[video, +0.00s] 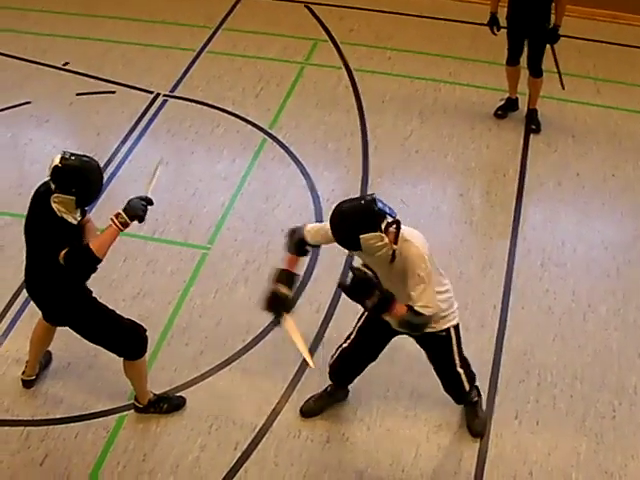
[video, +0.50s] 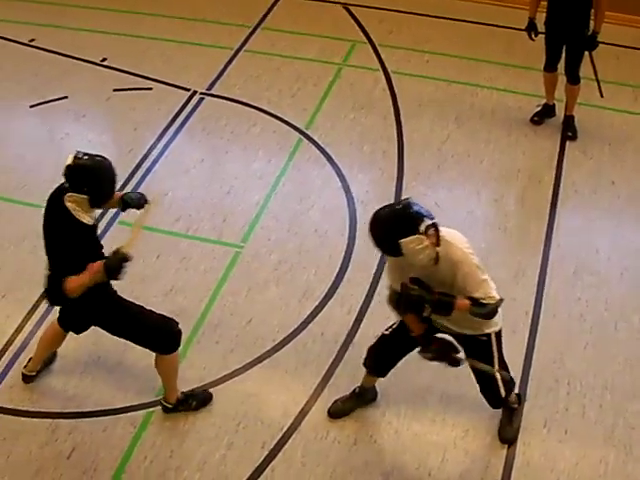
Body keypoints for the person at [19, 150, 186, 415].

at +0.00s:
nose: (90, 197)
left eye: (89, 192)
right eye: (88, 193)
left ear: (60, 180)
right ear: (76, 195)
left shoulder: (45, 193)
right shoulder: (55, 226)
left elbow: (83, 220)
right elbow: (80, 265)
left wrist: (92, 248)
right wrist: (121, 221)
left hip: (38, 282)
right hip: (61, 297)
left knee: (50, 316)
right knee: (133, 338)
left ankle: (30, 370)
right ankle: (144, 399)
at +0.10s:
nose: (96, 195)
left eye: (96, 190)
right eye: (95, 191)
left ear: (67, 178)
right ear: (83, 192)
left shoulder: (52, 190)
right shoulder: (64, 223)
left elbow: (90, 218)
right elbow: (87, 266)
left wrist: (98, 243)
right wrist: (124, 225)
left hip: (43, 280)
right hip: (67, 295)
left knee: (56, 311)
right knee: (139, 336)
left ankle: (36, 366)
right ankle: (150, 397)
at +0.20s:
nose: (94, 191)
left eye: (93, 187)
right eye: (91, 187)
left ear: (65, 177)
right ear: (79, 189)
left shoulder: (55, 191)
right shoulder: (58, 225)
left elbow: (86, 213)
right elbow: (60, 279)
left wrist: (102, 230)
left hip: (56, 284)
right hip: (75, 297)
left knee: (55, 313)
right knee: (148, 334)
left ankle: (28, 365)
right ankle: (156, 397)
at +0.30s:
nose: (89, 191)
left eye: (89, 186)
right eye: (86, 187)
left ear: (60, 182)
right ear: (71, 189)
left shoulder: (59, 196)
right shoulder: (40, 226)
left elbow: (83, 203)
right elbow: (9, 279)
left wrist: (100, 208)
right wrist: (44, 276)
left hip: (68, 292)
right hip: (83, 302)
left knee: (53, 325)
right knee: (156, 333)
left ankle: (20, 368)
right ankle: (161, 396)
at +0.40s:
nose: (92, 198)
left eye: (93, 193)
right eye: (89, 194)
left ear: (67, 183)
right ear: (74, 194)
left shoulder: (56, 195)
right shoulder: (48, 231)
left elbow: (83, 198)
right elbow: (20, 286)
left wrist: (106, 202)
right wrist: (50, 280)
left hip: (69, 293)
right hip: (87, 304)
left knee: (62, 321)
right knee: (160, 333)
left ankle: (28, 367)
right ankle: (167, 396)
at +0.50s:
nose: (106, 197)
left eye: (106, 193)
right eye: (103, 193)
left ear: (79, 182)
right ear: (88, 193)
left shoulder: (64, 194)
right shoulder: (66, 230)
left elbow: (96, 201)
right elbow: (61, 289)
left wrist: (123, 201)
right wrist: (101, 271)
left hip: (80, 290)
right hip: (93, 300)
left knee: (64, 324)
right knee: (167, 333)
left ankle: (32, 367)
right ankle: (173, 398)